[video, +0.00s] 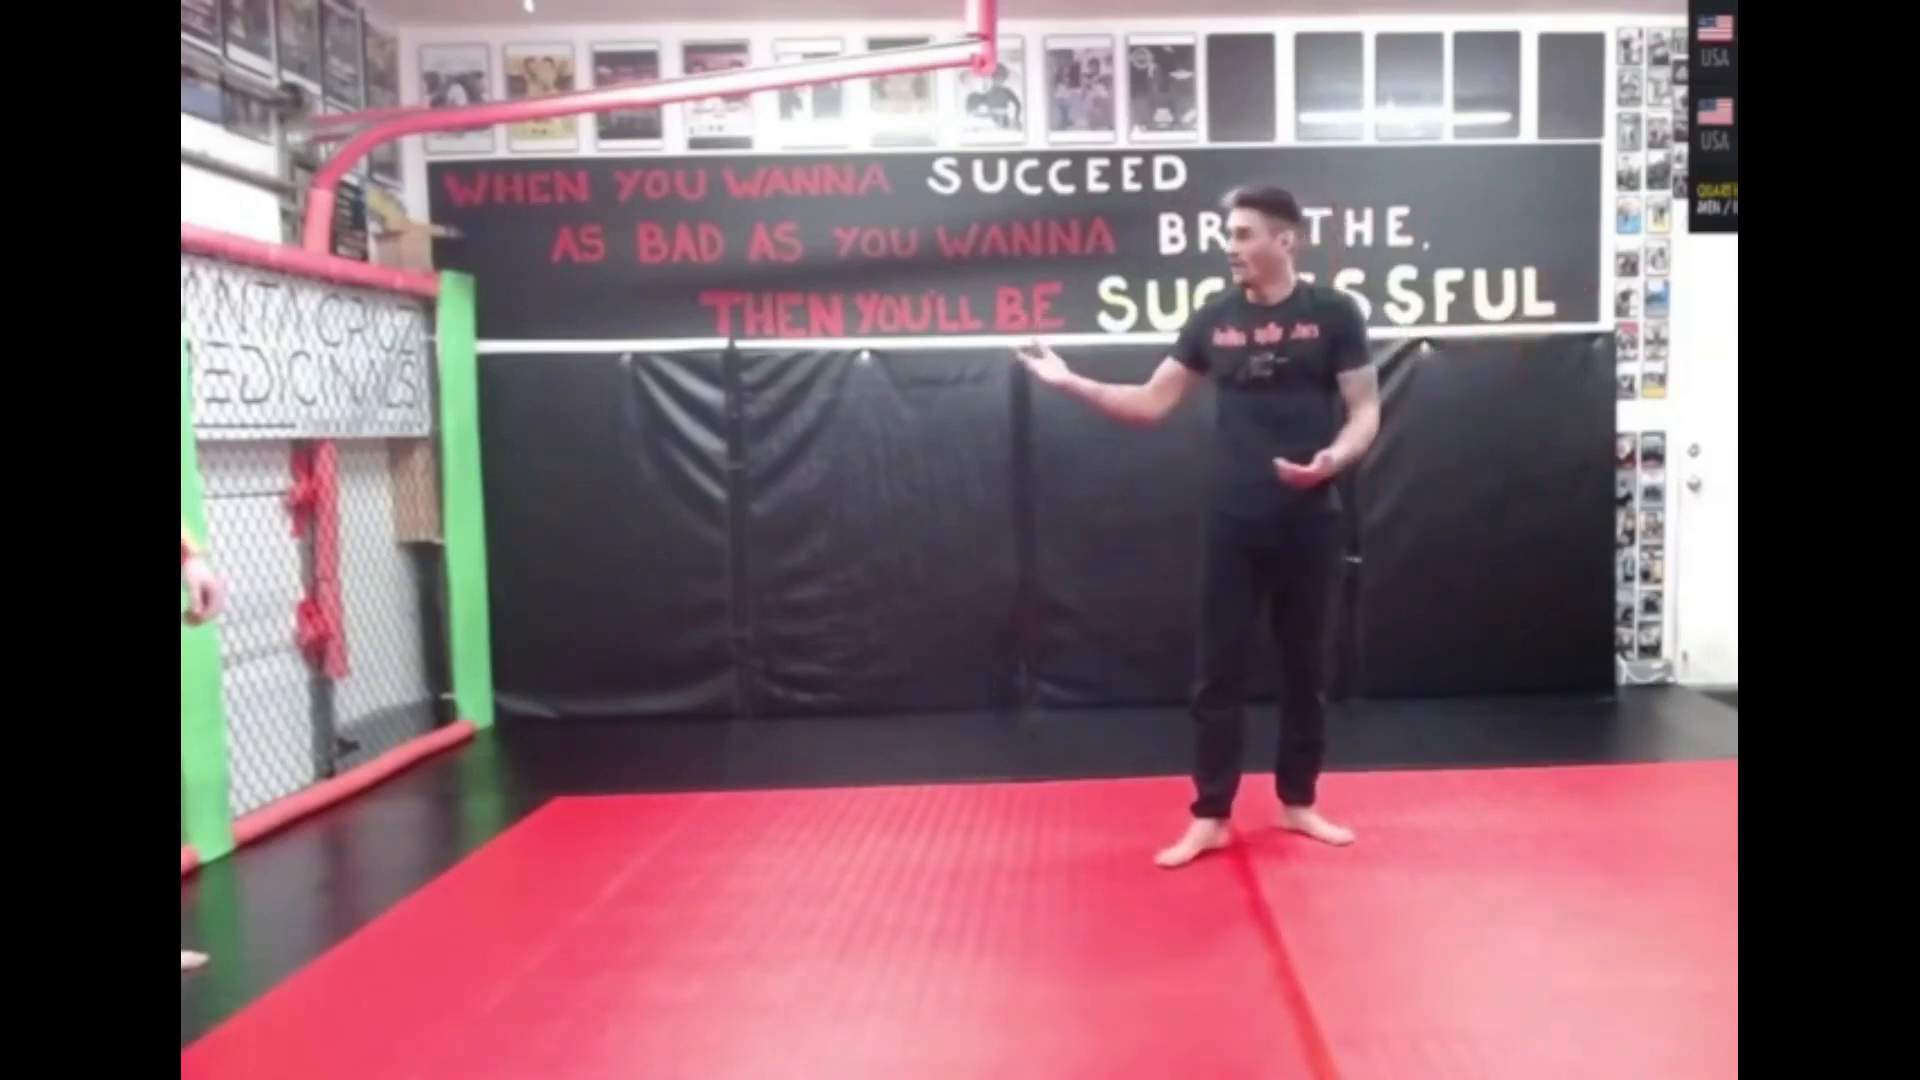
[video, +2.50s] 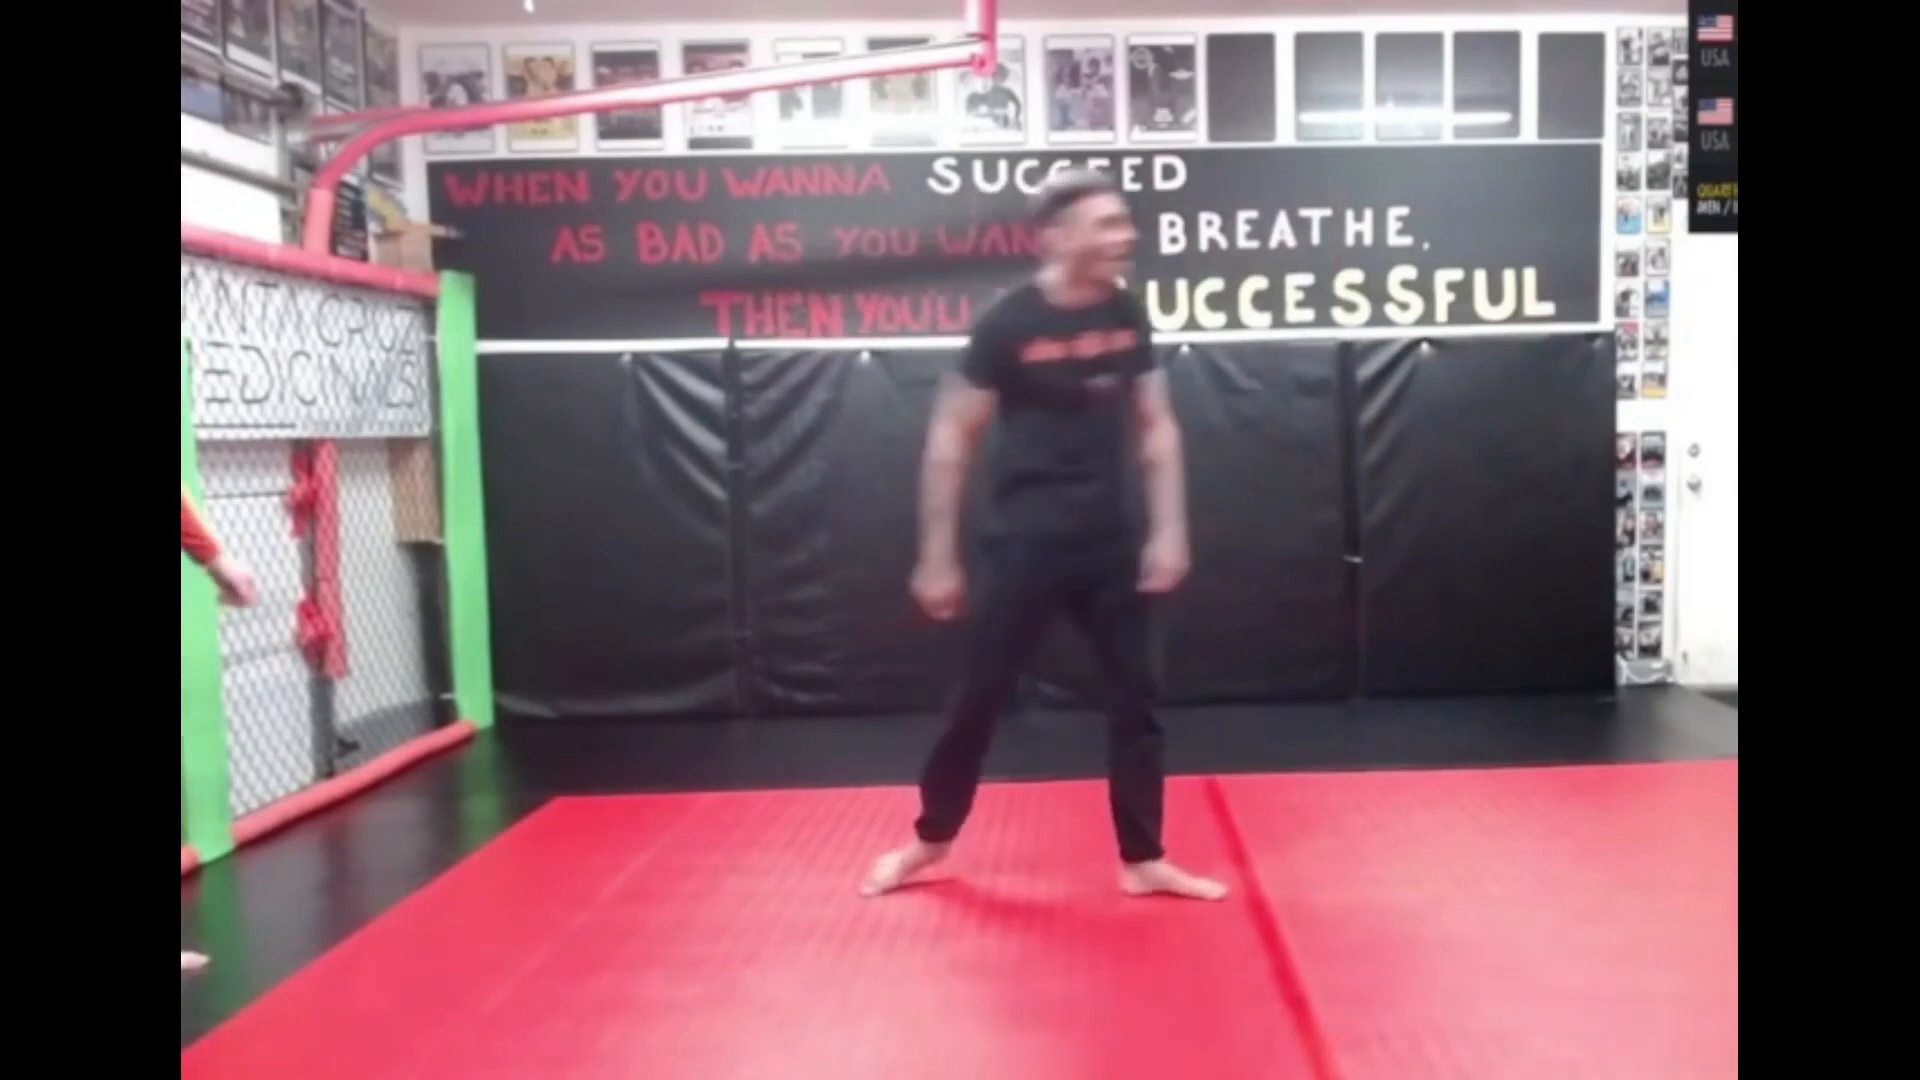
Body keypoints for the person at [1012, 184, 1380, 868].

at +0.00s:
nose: (1235, 247)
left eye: (1246, 235)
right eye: (1231, 236)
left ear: (1287, 241)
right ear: (1231, 243)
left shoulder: (1334, 314)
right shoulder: (1215, 318)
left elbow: (1365, 412)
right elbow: (1151, 402)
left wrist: (1334, 456)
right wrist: (1066, 380)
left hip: (1310, 514)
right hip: (1234, 513)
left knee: (1308, 663)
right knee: (1219, 665)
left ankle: (1299, 802)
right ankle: (1211, 817)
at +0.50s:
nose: (1235, 245)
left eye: (1248, 233)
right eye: (1232, 234)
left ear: (1290, 238)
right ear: (1232, 240)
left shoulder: (1335, 315)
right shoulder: (1215, 317)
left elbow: (1363, 415)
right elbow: (1150, 400)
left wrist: (1340, 461)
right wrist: (1075, 379)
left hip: (1308, 515)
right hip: (1232, 514)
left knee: (1306, 666)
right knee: (1216, 669)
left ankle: (1298, 802)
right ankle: (1212, 817)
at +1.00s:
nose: (1191, 248)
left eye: (1207, 237)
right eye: (1191, 236)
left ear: (1248, 250)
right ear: (1195, 247)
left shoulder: (1286, 332)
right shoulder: (1171, 328)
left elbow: (1324, 436)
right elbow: (1123, 413)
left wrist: (1285, 492)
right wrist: (1067, 447)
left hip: (1252, 530)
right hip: (1175, 525)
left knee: (1283, 672)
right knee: (1118, 655)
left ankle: (1296, 807)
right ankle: (1092, 819)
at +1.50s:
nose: (833, 368)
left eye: (840, 352)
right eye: (831, 353)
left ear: (887, 343)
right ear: (880, 348)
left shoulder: (975, 391)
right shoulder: (909, 406)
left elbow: (1017, 507)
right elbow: (931, 502)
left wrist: (988, 619)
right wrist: (923, 605)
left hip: (1050, 541)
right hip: (979, 539)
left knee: (1099, 697)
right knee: (939, 677)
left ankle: (1175, 843)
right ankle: (939, 847)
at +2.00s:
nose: (780, 316)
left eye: (788, 300)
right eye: (777, 301)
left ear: (838, 293)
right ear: (828, 298)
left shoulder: (925, 345)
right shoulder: (849, 367)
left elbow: (949, 473)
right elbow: (868, 466)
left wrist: (905, 585)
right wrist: (858, 573)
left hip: (1002, 528)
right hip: (935, 535)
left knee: (1069, 670)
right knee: (922, 683)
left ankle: (1154, 832)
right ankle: (937, 849)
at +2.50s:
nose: (1124, 235)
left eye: (1125, 222)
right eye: (1106, 224)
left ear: (1126, 232)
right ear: (1057, 237)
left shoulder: (1127, 320)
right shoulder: (1007, 326)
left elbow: (1155, 427)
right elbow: (950, 434)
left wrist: (1168, 531)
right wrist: (938, 556)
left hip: (1108, 540)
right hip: (1020, 543)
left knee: (1136, 695)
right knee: (979, 691)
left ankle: (1142, 858)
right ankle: (931, 839)